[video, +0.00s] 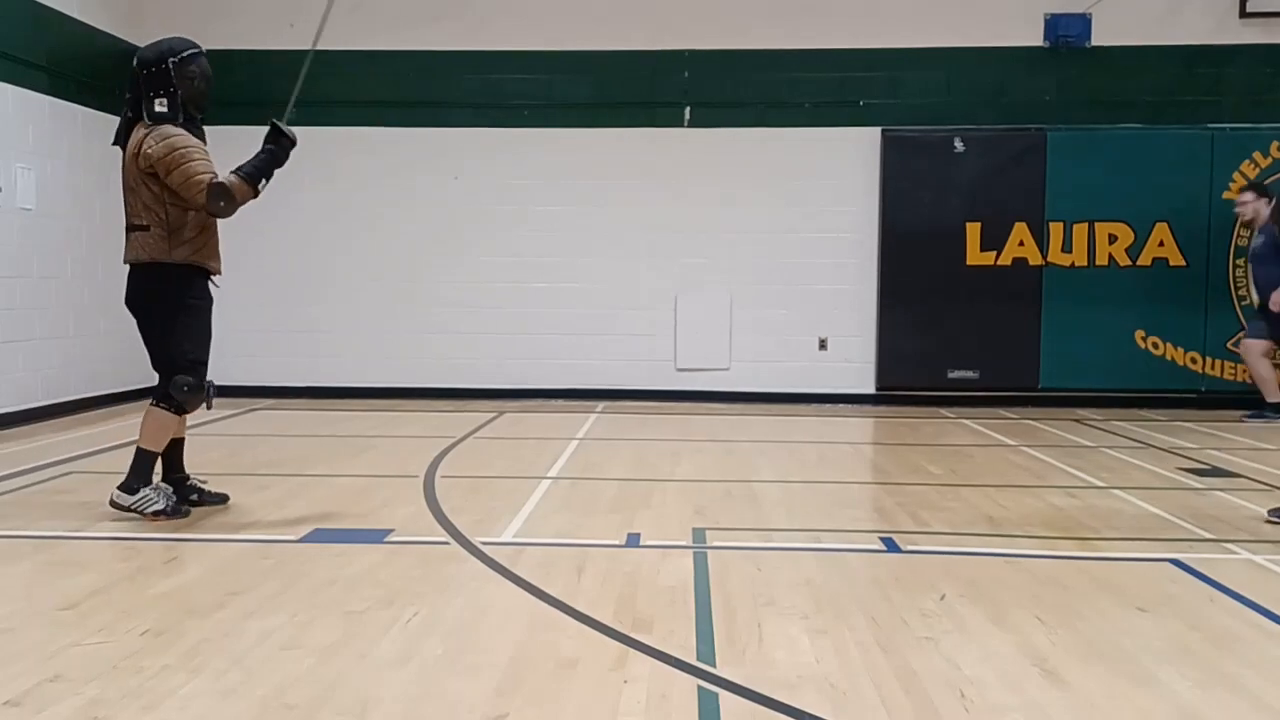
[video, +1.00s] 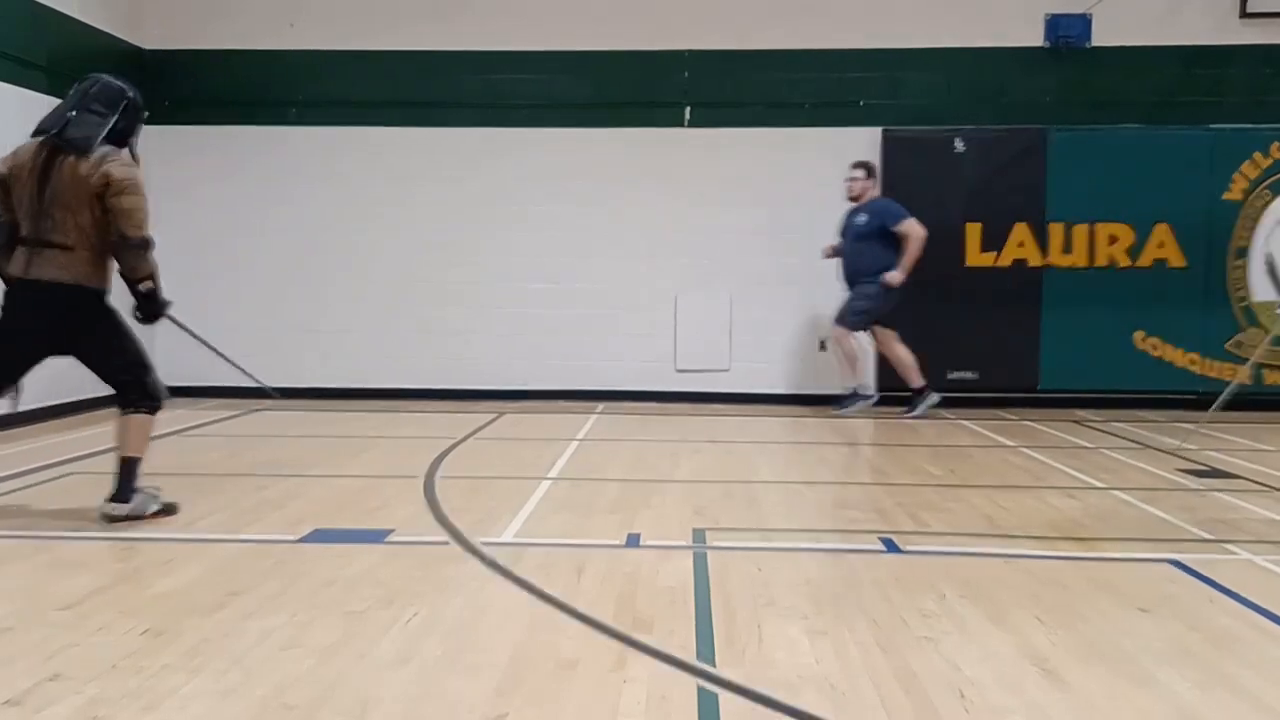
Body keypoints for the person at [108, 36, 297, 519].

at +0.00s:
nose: (206, 87)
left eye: (205, 78)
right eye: (198, 78)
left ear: (161, 87)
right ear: (171, 83)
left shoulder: (148, 136)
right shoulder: (168, 140)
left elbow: (206, 191)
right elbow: (218, 198)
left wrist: (252, 171)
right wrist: (267, 159)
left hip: (158, 279)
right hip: (173, 280)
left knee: (179, 381)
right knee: (183, 384)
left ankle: (174, 480)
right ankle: (135, 484)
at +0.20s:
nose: (211, 102)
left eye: (212, 92)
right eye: (206, 92)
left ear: (164, 87)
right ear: (182, 90)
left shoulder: (139, 133)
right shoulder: (163, 138)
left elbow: (190, 206)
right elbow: (200, 207)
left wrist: (255, 200)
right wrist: (265, 197)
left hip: (145, 280)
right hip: (161, 282)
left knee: (172, 381)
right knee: (179, 385)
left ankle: (174, 481)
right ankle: (131, 487)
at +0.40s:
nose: (207, 123)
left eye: (211, 114)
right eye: (207, 112)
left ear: (164, 93)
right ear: (188, 101)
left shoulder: (110, 136)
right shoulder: (169, 140)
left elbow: (92, 205)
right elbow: (186, 215)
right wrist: (242, 259)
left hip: (103, 276)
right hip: (139, 279)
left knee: (147, 381)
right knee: (149, 384)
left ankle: (167, 479)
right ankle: (124, 494)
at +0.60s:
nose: (198, 131)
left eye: (201, 123)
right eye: (199, 121)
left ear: (148, 98)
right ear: (185, 112)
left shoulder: (91, 135)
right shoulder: (171, 146)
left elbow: (62, 209)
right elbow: (170, 222)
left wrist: (70, 263)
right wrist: (190, 280)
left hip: (74, 269)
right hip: (122, 276)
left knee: (92, 371)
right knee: (140, 379)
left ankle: (93, 476)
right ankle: (124, 491)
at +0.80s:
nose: (175, 130)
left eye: (177, 122)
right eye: (175, 120)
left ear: (124, 97)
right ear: (162, 114)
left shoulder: (67, 138)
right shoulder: (153, 152)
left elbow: (36, 212)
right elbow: (160, 232)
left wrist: (42, 270)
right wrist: (168, 287)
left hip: (52, 279)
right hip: (108, 286)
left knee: (36, 372)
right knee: (140, 384)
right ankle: (125, 493)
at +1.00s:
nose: (132, 135)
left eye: (132, 125)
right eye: (131, 125)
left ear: (73, 110)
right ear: (119, 123)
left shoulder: (23, 155)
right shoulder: (113, 164)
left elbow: (1, 221)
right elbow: (130, 240)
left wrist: (12, 270)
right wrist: (147, 293)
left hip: (21, 307)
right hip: (78, 309)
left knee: (1, 383)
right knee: (141, 388)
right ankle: (126, 492)